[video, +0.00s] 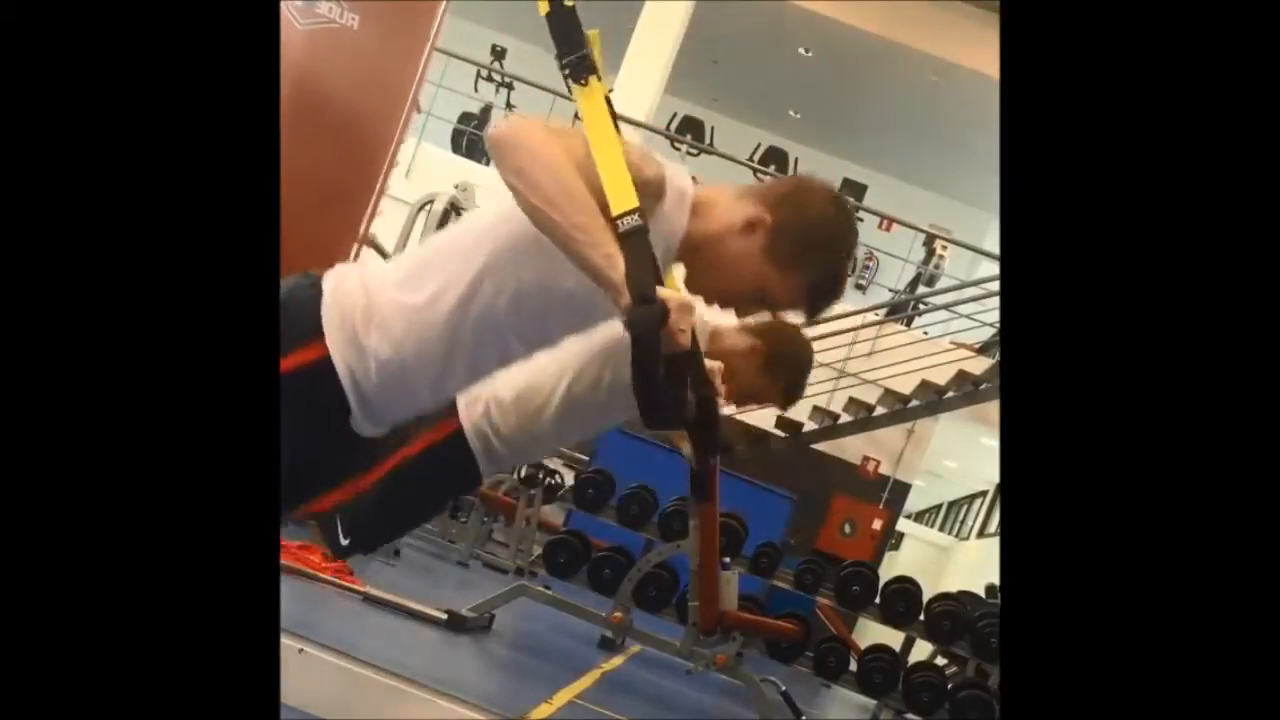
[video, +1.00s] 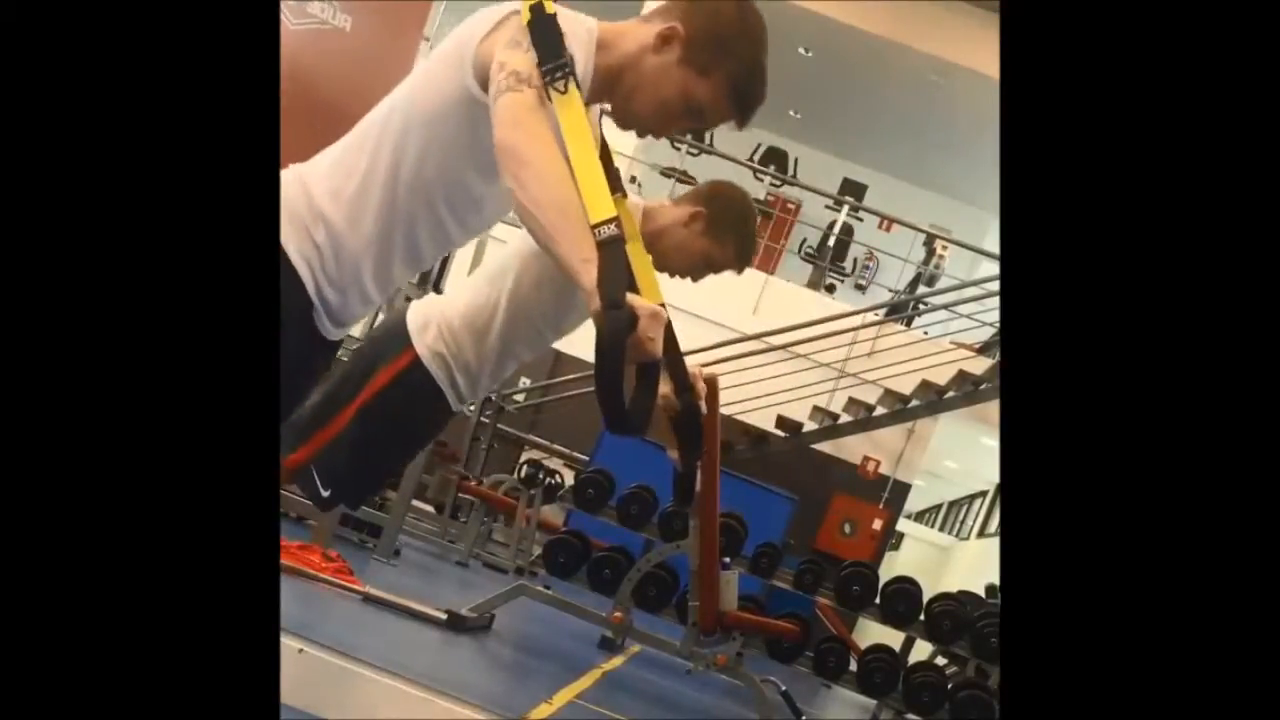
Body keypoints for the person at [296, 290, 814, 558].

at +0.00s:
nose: (732, 396)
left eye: (743, 397)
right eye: (743, 384)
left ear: (750, 369)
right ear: (744, 340)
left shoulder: (686, 380)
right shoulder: (675, 318)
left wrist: (707, 424)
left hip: (496, 441)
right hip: (478, 413)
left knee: (360, 519)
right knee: (345, 516)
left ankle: (335, 540)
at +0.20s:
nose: (726, 343)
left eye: (741, 342)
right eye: (739, 333)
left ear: (729, 288)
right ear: (729, 288)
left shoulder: (663, 313)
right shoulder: (647, 276)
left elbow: (643, 400)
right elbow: (624, 414)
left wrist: (674, 417)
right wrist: (656, 382)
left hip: (467, 406)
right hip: (448, 383)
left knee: (341, 516)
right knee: (314, 499)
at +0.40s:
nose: (702, 302)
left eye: (716, 300)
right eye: (716, 292)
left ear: (703, 244)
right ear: (705, 246)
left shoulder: (633, 269)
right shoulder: (621, 231)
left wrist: (675, 397)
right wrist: (674, 393)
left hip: (447, 384)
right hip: (425, 360)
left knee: (327, 501)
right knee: (300, 487)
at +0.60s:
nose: (692, 271)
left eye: (704, 266)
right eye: (703, 258)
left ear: (684, 211)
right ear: (687, 212)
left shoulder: (626, 251)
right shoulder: (606, 212)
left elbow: (644, 343)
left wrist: (679, 391)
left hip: (445, 372)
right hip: (421, 345)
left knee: (323, 490)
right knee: (296, 470)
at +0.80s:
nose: (690, 267)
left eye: (702, 262)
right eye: (702, 254)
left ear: (680, 205)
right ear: (685, 209)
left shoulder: (623, 244)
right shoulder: (612, 223)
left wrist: (671, 392)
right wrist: (660, 409)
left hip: (441, 374)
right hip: (420, 349)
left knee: (318, 497)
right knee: (295, 477)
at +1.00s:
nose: (696, 277)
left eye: (709, 272)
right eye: (708, 264)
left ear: (689, 219)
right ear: (692, 220)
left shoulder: (627, 257)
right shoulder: (609, 217)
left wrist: (676, 391)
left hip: (443, 382)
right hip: (419, 356)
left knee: (320, 502)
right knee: (295, 488)